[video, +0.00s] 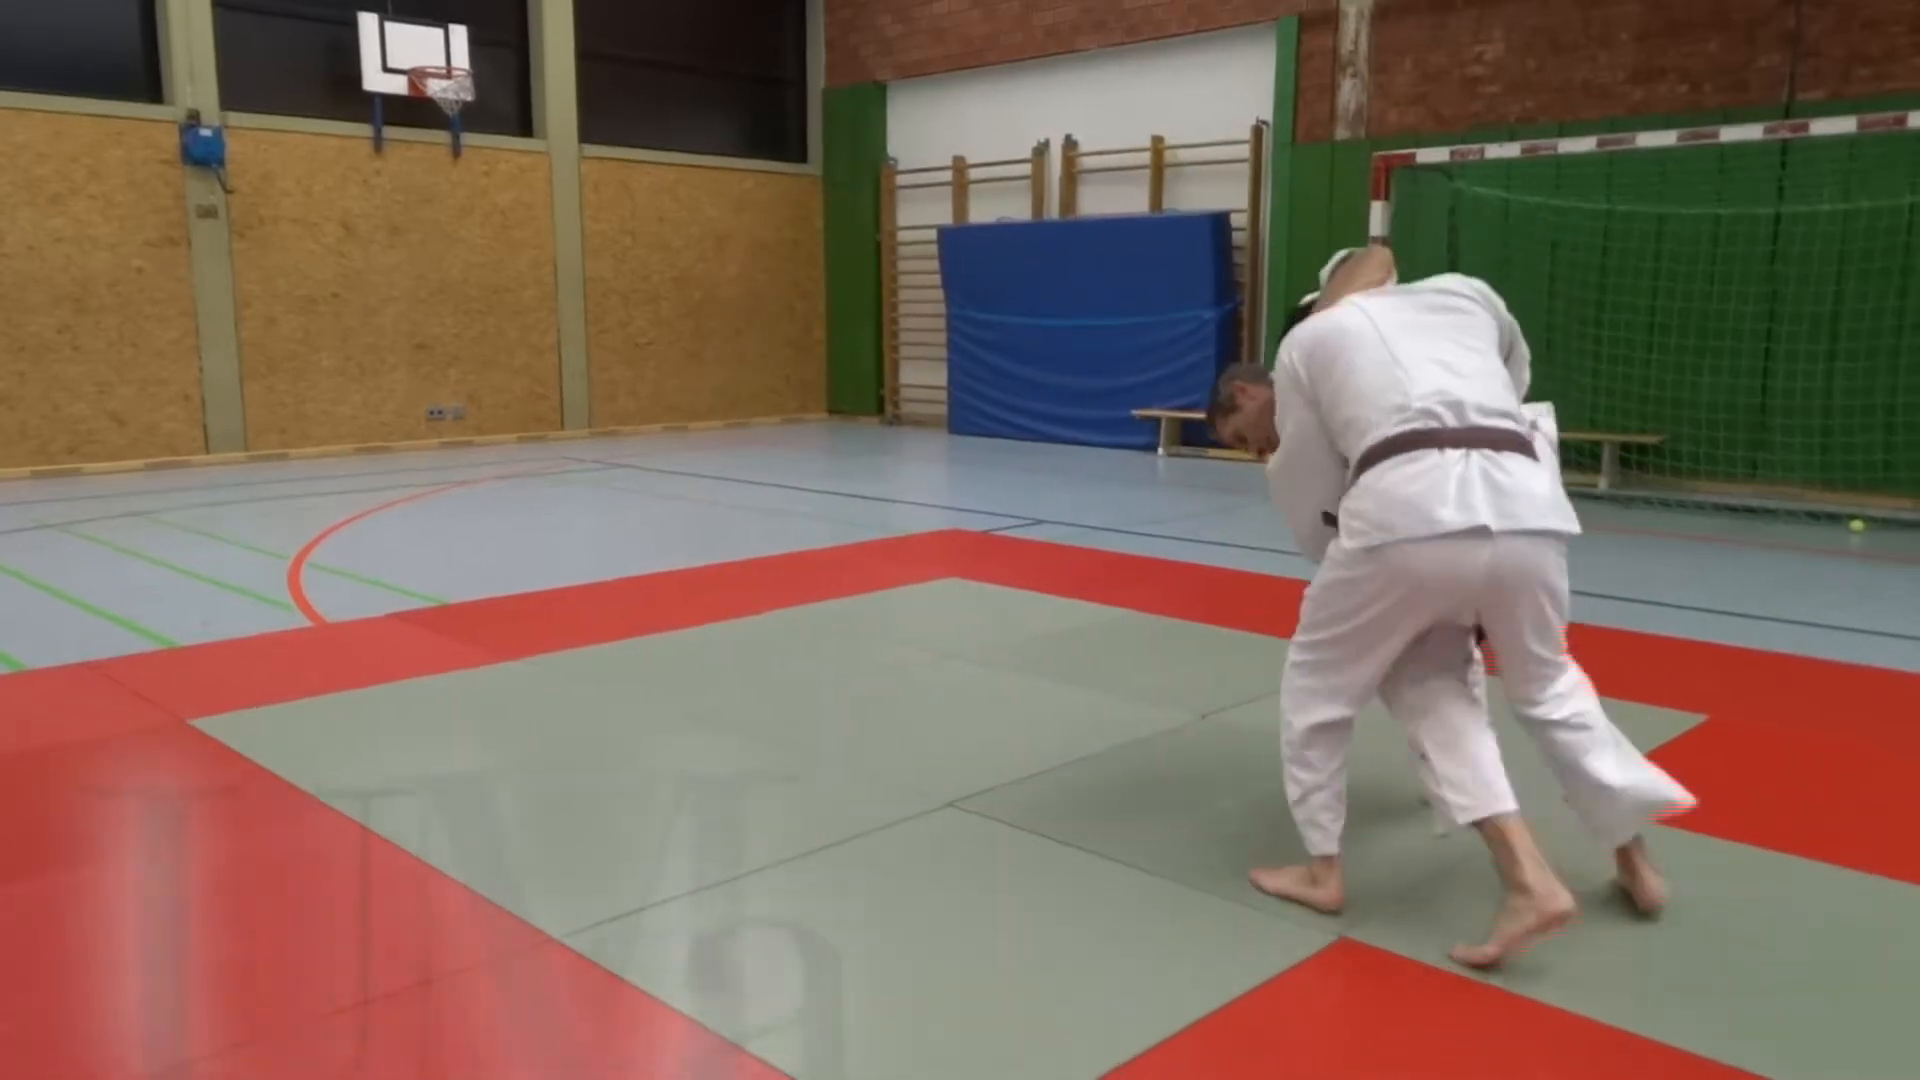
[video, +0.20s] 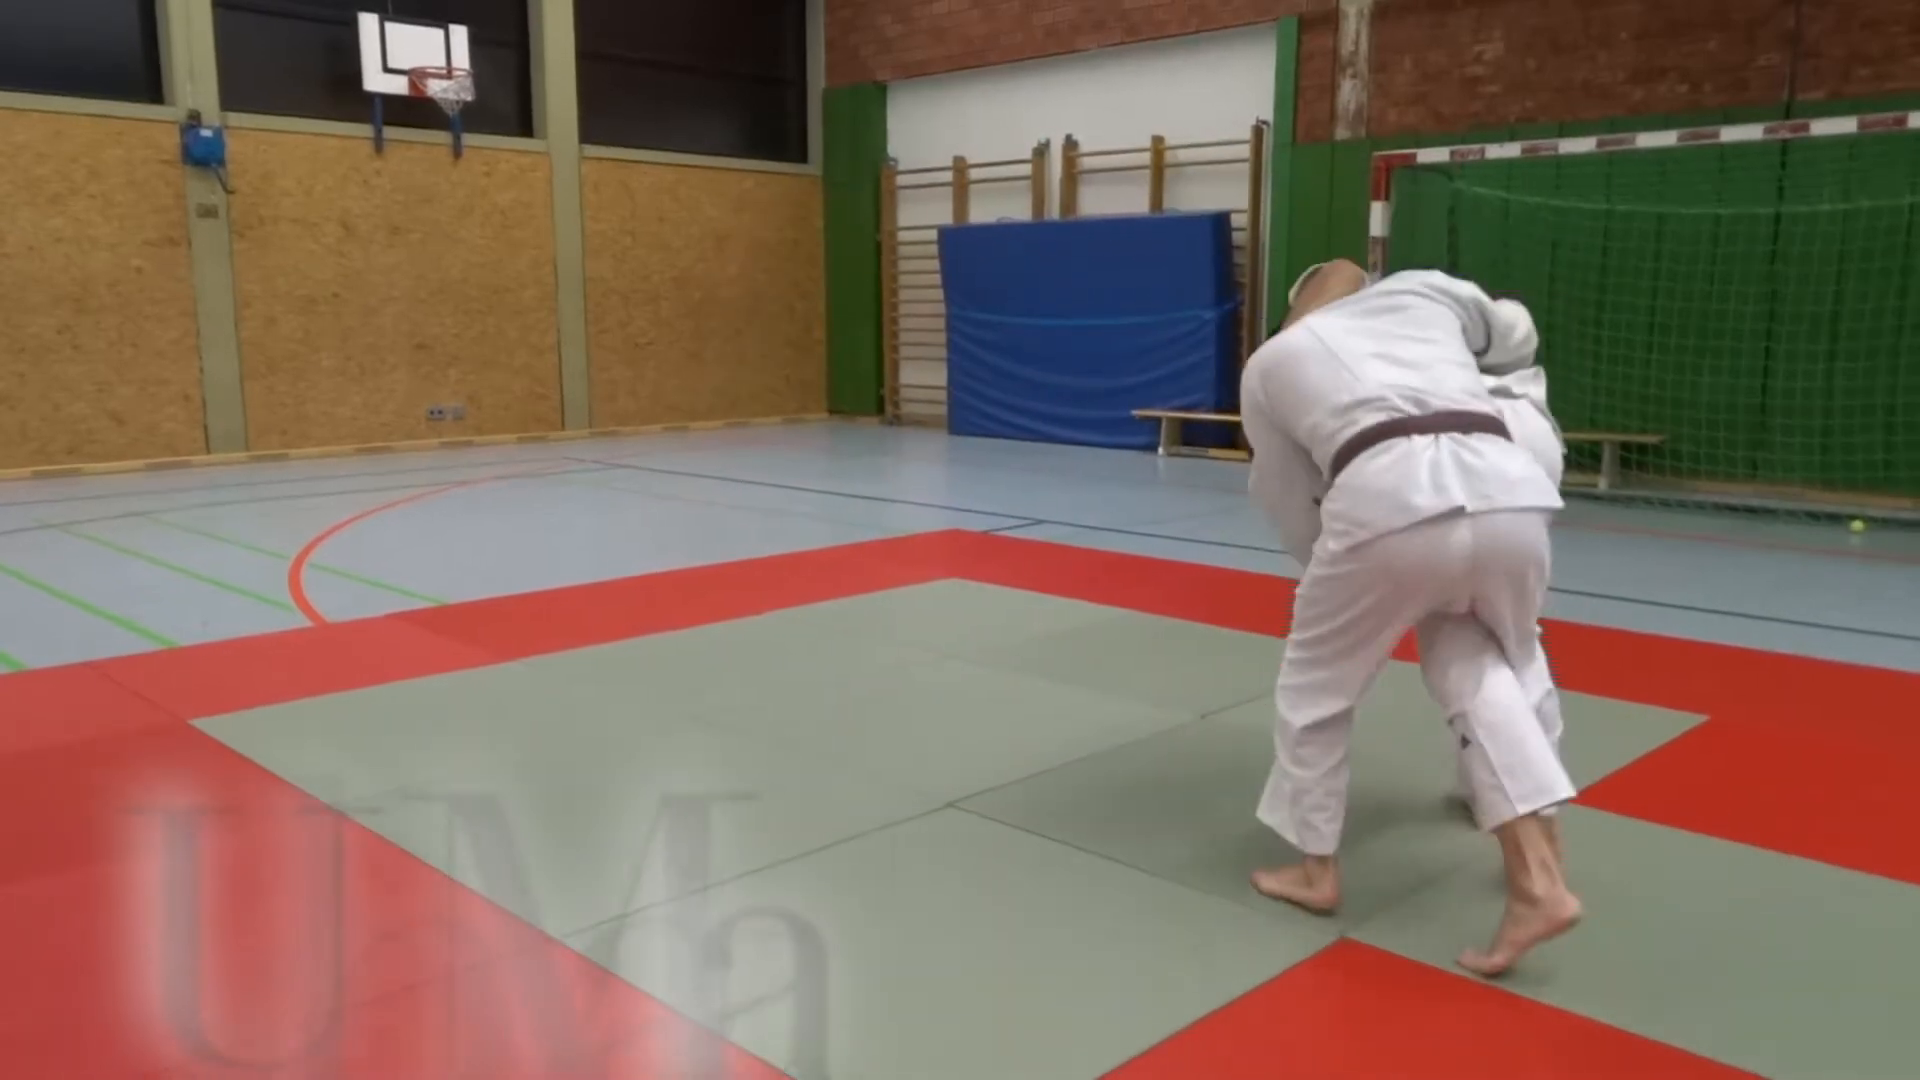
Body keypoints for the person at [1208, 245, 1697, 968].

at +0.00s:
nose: (1318, 308)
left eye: (1321, 297)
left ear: (1332, 295)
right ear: (1390, 276)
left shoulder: (1306, 341)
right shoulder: (1472, 295)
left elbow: (1304, 490)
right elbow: (1518, 395)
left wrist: (1345, 567)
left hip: (1404, 510)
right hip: (1529, 501)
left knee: (1317, 681)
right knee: (1547, 682)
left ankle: (1322, 869)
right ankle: (1635, 858)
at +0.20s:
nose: (1292, 308)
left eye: (1297, 299)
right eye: (1306, 294)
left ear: (1302, 312)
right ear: (1367, 289)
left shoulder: (1271, 361)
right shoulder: (1429, 299)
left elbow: (1293, 513)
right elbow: (1516, 339)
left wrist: (1340, 577)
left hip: (1387, 509)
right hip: (1513, 494)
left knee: (1316, 681)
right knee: (1491, 663)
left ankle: (1315, 863)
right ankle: (1539, 883)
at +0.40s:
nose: (1320, 261)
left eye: (1308, 267)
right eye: (1324, 261)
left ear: (1285, 289)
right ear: (1360, 259)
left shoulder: (1255, 328)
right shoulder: (1421, 263)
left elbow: (1266, 472)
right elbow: (1507, 334)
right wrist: (1482, 430)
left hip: (1337, 485)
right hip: (1467, 464)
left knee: (1265, 643)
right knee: (1558, 657)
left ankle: (1233, 822)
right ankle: (1646, 873)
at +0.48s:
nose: (1302, 292)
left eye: (1292, 292)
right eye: (1306, 286)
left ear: (1266, 305)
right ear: (1334, 281)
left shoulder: (1238, 343)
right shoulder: (1398, 283)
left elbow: (1238, 487)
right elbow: (1479, 359)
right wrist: (1475, 429)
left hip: (1308, 482)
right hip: (1429, 462)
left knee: (1251, 647)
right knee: (1548, 650)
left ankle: (1229, 820)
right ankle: (1672, 869)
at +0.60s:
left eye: (1249, 319)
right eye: (1266, 308)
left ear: (1236, 324)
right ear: (1291, 290)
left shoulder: (1215, 361)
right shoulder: (1362, 281)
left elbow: (1236, 485)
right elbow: (1446, 347)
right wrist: (1464, 420)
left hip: (1290, 476)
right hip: (1407, 441)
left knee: (1260, 641)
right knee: (1481, 616)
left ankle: (1236, 824)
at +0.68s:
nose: (1216, 314)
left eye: (1217, 313)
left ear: (1223, 315)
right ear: (1280, 288)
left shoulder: (1196, 354)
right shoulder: (1341, 278)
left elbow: (1217, 479)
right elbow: (1437, 351)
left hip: (1267, 473)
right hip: (1381, 421)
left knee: (1251, 642)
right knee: (1584, 554)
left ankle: (1233, 825)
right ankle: (1464, 579)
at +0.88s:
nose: (1409, 357)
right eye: (1408, 345)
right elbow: (1454, 596)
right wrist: (1495, 801)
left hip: (1170, 494)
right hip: (1243, 416)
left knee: (1243, 635)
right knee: (1493, 371)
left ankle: (1201, 823)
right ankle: (1474, 580)